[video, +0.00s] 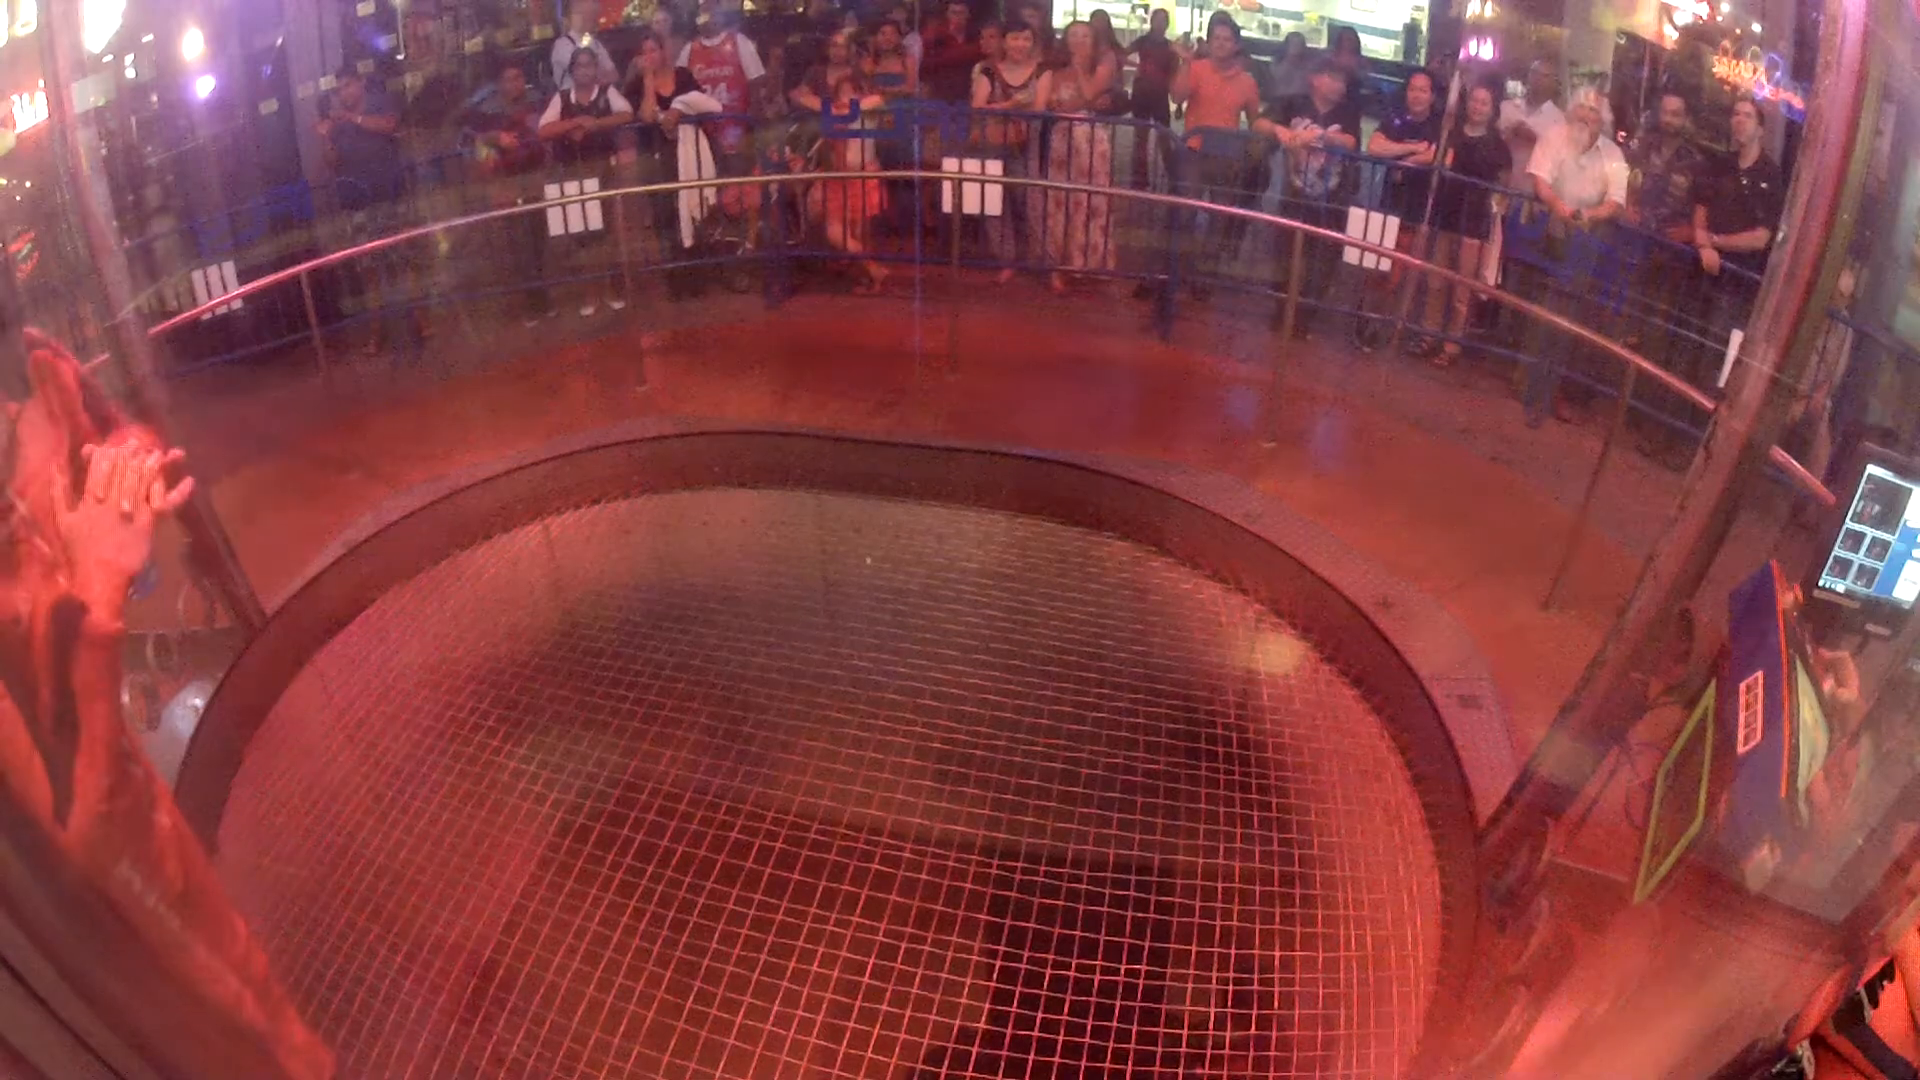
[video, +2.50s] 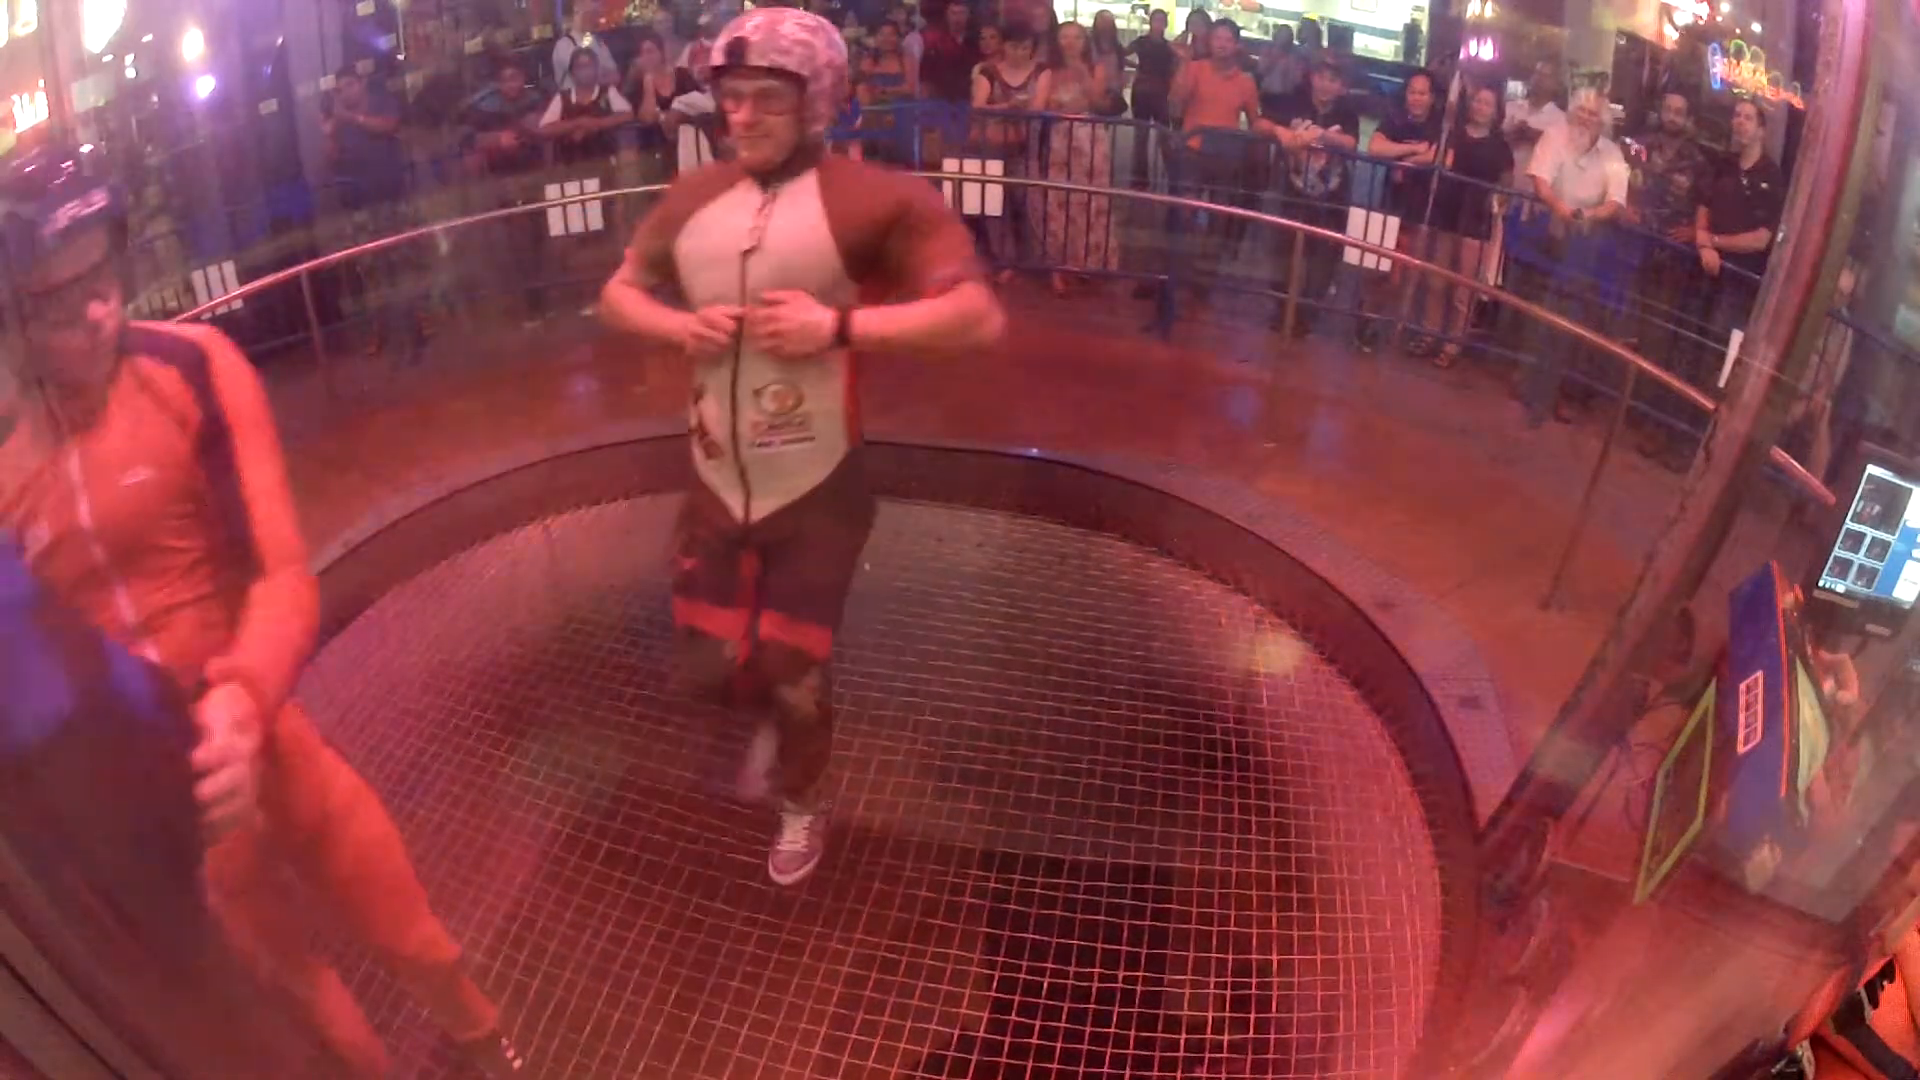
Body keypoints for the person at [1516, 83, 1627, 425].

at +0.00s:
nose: (1585, 118)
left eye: (1593, 113)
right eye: (1581, 110)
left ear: (1603, 119)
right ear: (1570, 111)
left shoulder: (1613, 154)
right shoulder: (1555, 136)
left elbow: (1616, 201)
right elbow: (1540, 182)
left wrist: (1591, 214)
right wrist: (1559, 208)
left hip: (1586, 234)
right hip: (1548, 224)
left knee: (1569, 308)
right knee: (1540, 304)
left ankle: (1550, 388)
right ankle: (1531, 387)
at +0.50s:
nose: (1585, 120)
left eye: (1592, 116)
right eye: (1581, 112)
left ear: (1603, 121)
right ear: (1571, 112)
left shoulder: (1612, 154)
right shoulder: (1556, 135)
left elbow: (1616, 200)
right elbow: (1539, 179)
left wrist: (1591, 215)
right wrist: (1560, 208)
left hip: (1588, 230)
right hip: (1550, 222)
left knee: (1573, 302)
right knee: (1542, 298)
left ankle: (1556, 387)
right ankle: (1533, 383)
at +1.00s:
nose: (1586, 119)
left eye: (1594, 115)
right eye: (1582, 111)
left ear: (1603, 120)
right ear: (1571, 111)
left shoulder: (1612, 154)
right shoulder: (1556, 135)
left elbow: (1616, 201)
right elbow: (1539, 179)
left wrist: (1591, 215)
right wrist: (1560, 208)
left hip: (1588, 230)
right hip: (1550, 222)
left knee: (1574, 303)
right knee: (1542, 298)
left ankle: (1558, 388)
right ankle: (1532, 382)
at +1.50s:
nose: (1586, 117)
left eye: (1593, 113)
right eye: (1582, 109)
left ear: (1603, 119)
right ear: (1571, 110)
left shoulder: (1612, 153)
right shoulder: (1555, 136)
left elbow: (1616, 200)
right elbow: (1539, 178)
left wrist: (1591, 215)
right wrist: (1561, 209)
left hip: (1588, 229)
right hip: (1550, 221)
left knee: (1572, 303)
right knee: (1541, 298)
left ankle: (1551, 388)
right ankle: (1532, 382)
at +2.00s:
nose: (1585, 118)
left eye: (1592, 114)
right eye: (1580, 111)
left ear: (1603, 119)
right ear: (1570, 111)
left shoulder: (1612, 154)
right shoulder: (1554, 138)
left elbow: (1616, 200)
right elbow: (1540, 182)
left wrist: (1591, 215)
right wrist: (1560, 208)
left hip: (1588, 229)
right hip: (1551, 221)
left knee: (1573, 303)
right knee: (1541, 298)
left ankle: (1553, 388)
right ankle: (1529, 379)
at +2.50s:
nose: (1585, 118)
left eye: (1592, 114)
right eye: (1581, 111)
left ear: (1603, 120)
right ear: (1570, 111)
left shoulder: (1612, 154)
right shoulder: (1555, 136)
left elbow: (1616, 201)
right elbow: (1540, 181)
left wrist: (1590, 215)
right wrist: (1560, 209)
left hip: (1587, 229)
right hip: (1551, 220)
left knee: (1572, 302)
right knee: (1539, 297)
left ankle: (1555, 387)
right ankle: (1527, 378)